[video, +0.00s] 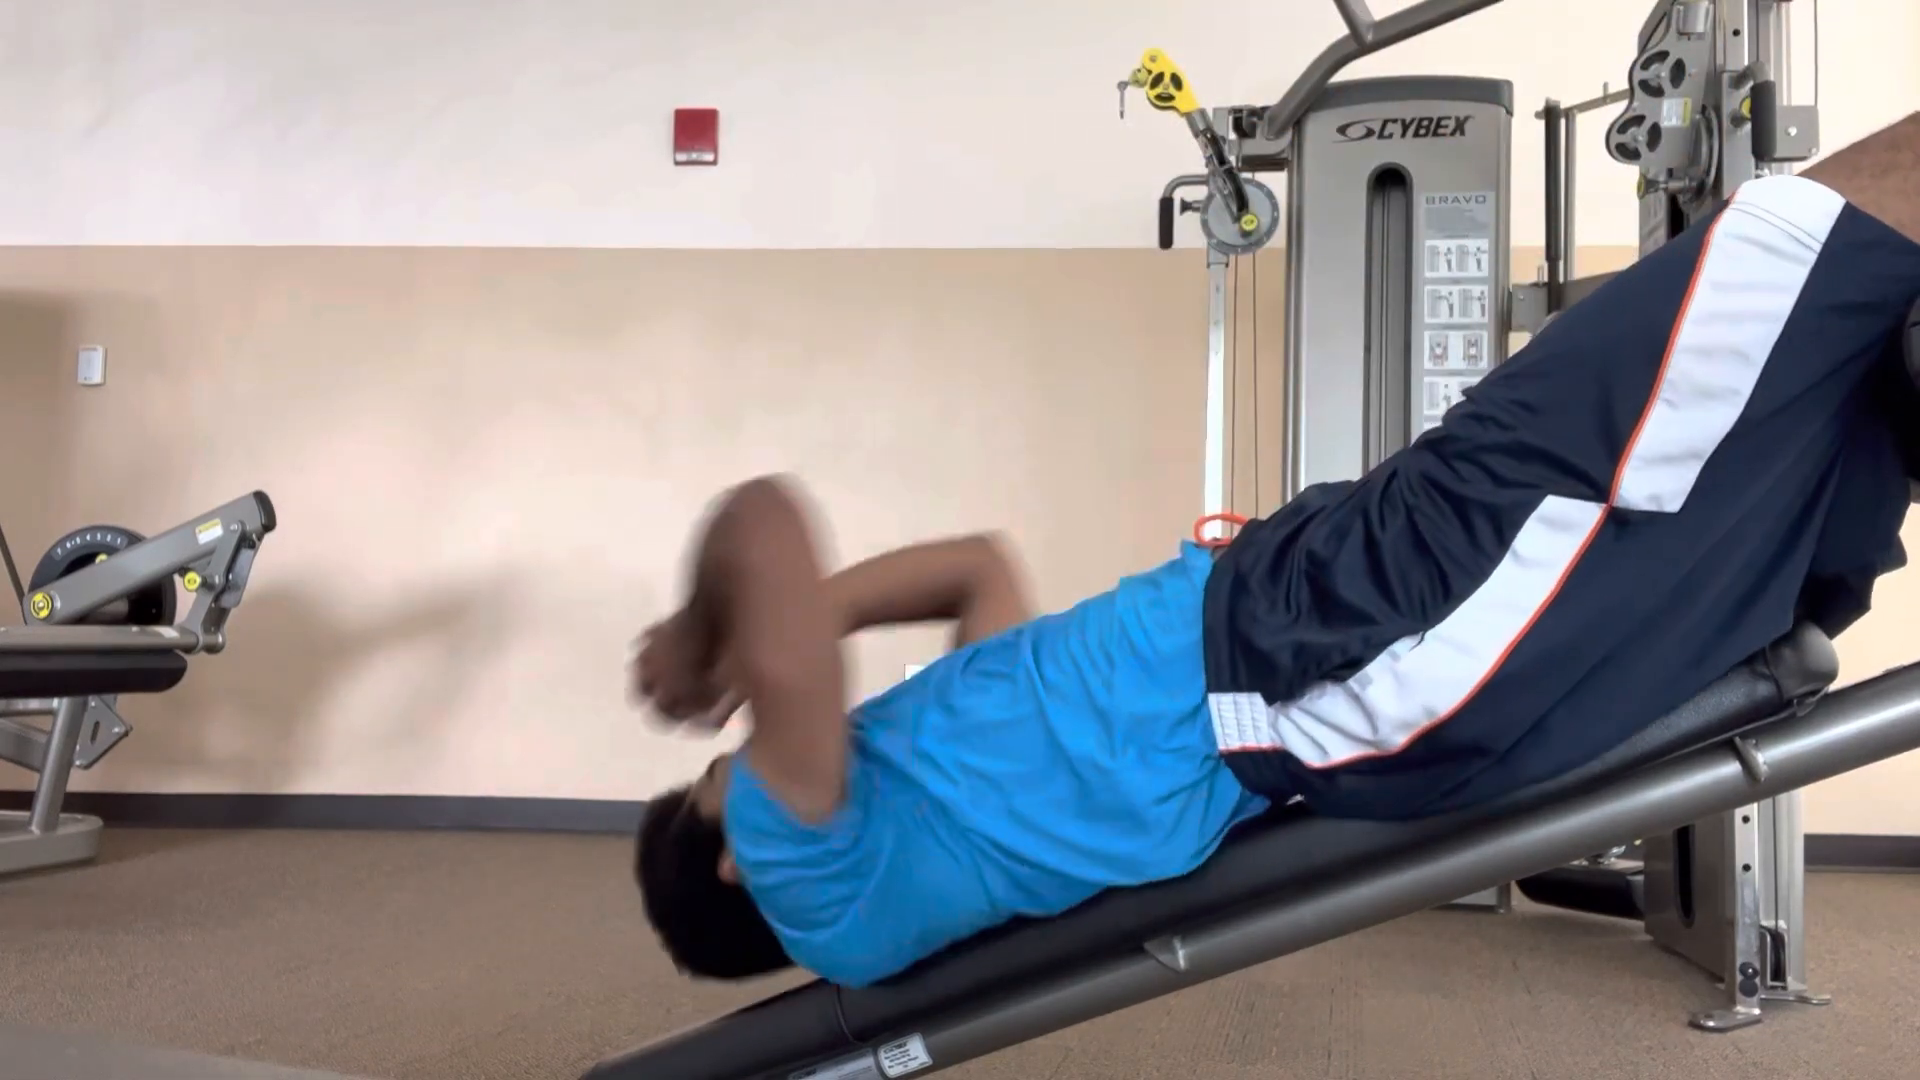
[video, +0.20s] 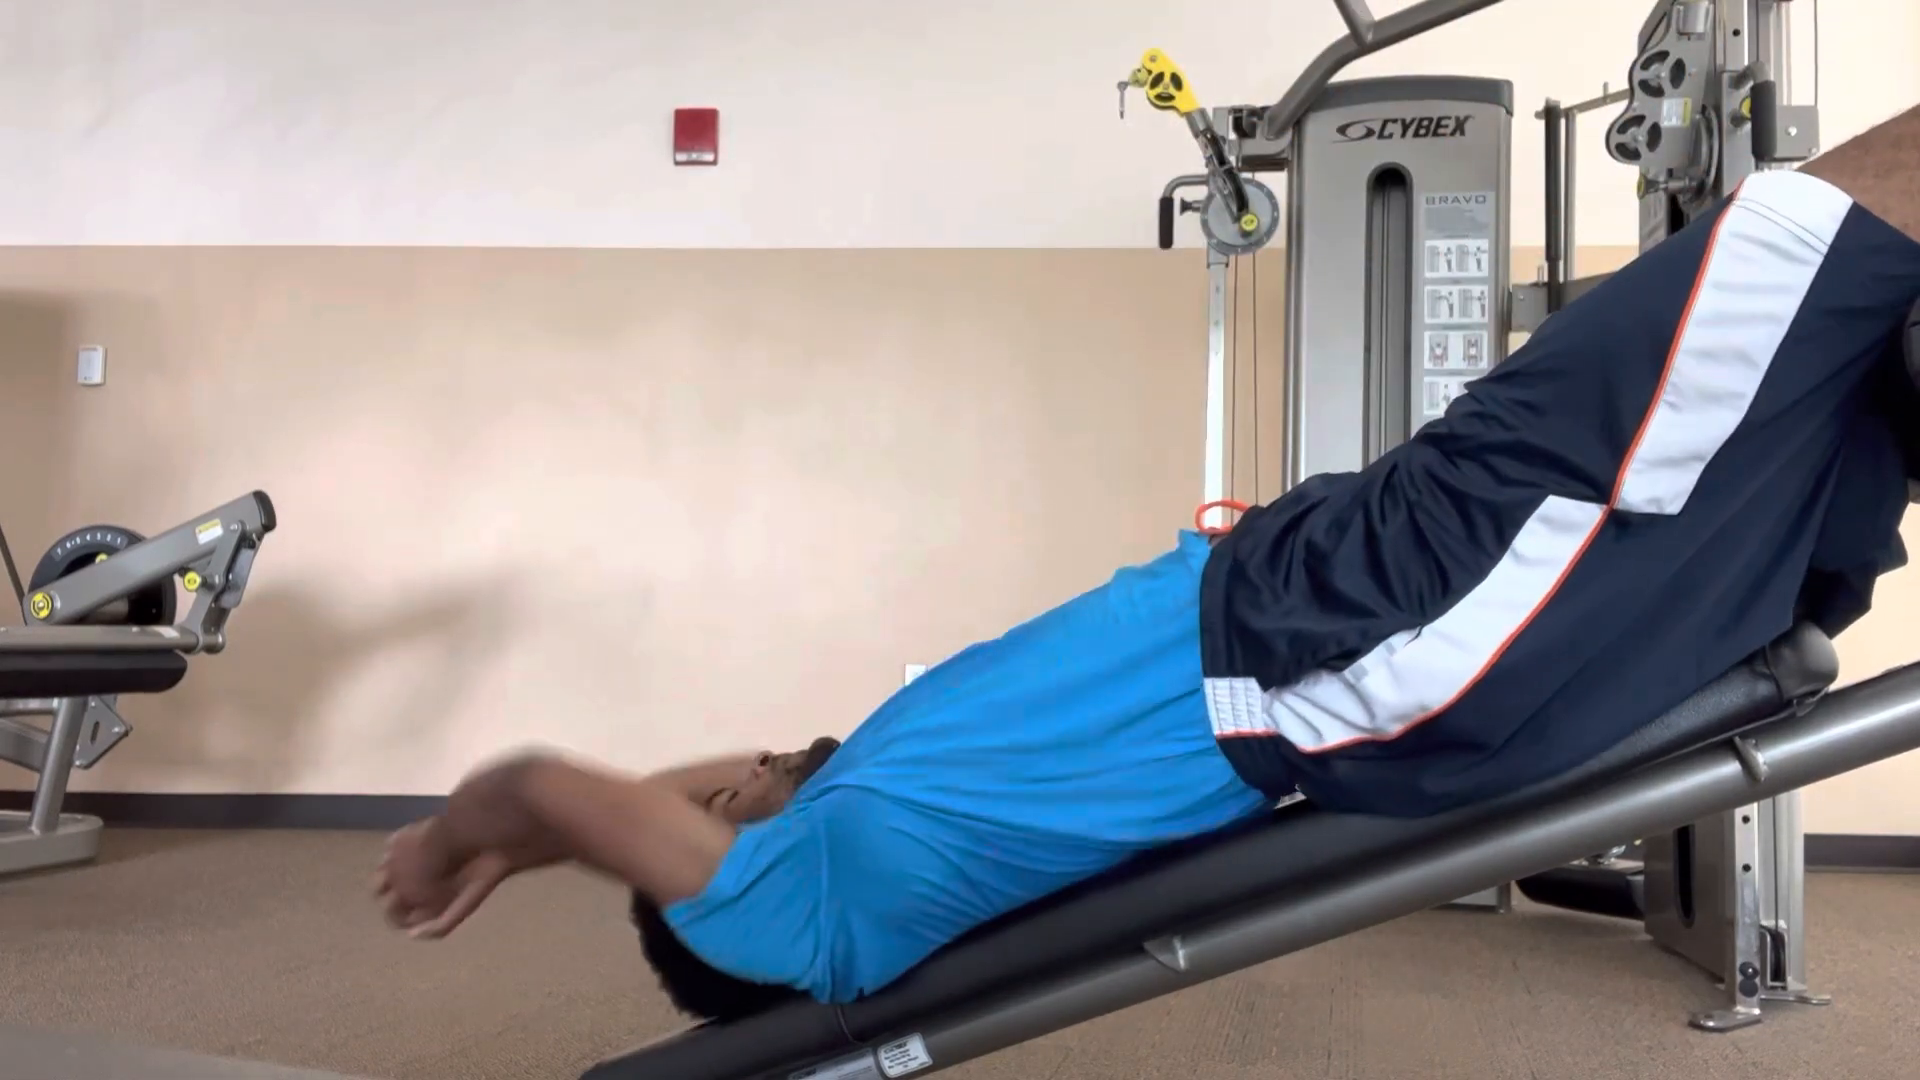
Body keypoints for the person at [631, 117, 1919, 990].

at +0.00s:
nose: (744, 759)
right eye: (726, 783)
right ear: (738, 838)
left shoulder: (892, 811)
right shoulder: (800, 846)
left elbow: (972, 571)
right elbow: (756, 513)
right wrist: (706, 638)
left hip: (1326, 591)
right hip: (1317, 669)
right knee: (1864, 191)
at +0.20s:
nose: (740, 754)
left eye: (718, 774)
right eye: (723, 800)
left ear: (738, 772)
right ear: (730, 862)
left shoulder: (889, 797)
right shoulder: (815, 900)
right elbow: (556, 786)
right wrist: (472, 825)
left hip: (1369, 563)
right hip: (1390, 648)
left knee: (1876, 179)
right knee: (1866, 180)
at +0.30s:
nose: (745, 759)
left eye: (718, 771)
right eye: (737, 796)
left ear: (727, 780)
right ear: (742, 845)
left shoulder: (876, 784)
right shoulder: (830, 882)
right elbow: (603, 854)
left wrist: (1215, 550)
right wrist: (455, 865)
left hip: (1284, 590)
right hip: (1324, 662)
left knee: (1864, 182)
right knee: (1862, 182)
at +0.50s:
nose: (727, 748)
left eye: (711, 752)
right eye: (706, 769)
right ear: (720, 830)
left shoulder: (899, 789)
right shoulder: (780, 853)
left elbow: (1035, 551)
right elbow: (800, 575)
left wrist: (830, 533)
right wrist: (778, 543)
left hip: (1332, 584)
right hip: (1313, 660)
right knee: (1856, 188)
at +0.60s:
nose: (821, 589)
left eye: (794, 582)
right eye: (771, 619)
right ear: (753, 721)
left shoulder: (970, 692)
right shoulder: (847, 778)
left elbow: (1267, 559)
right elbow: (1088, 564)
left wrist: (1188, 399)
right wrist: (1149, 348)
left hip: (1370, 610)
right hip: (1342, 654)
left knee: (1874, 429)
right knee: (1874, 176)